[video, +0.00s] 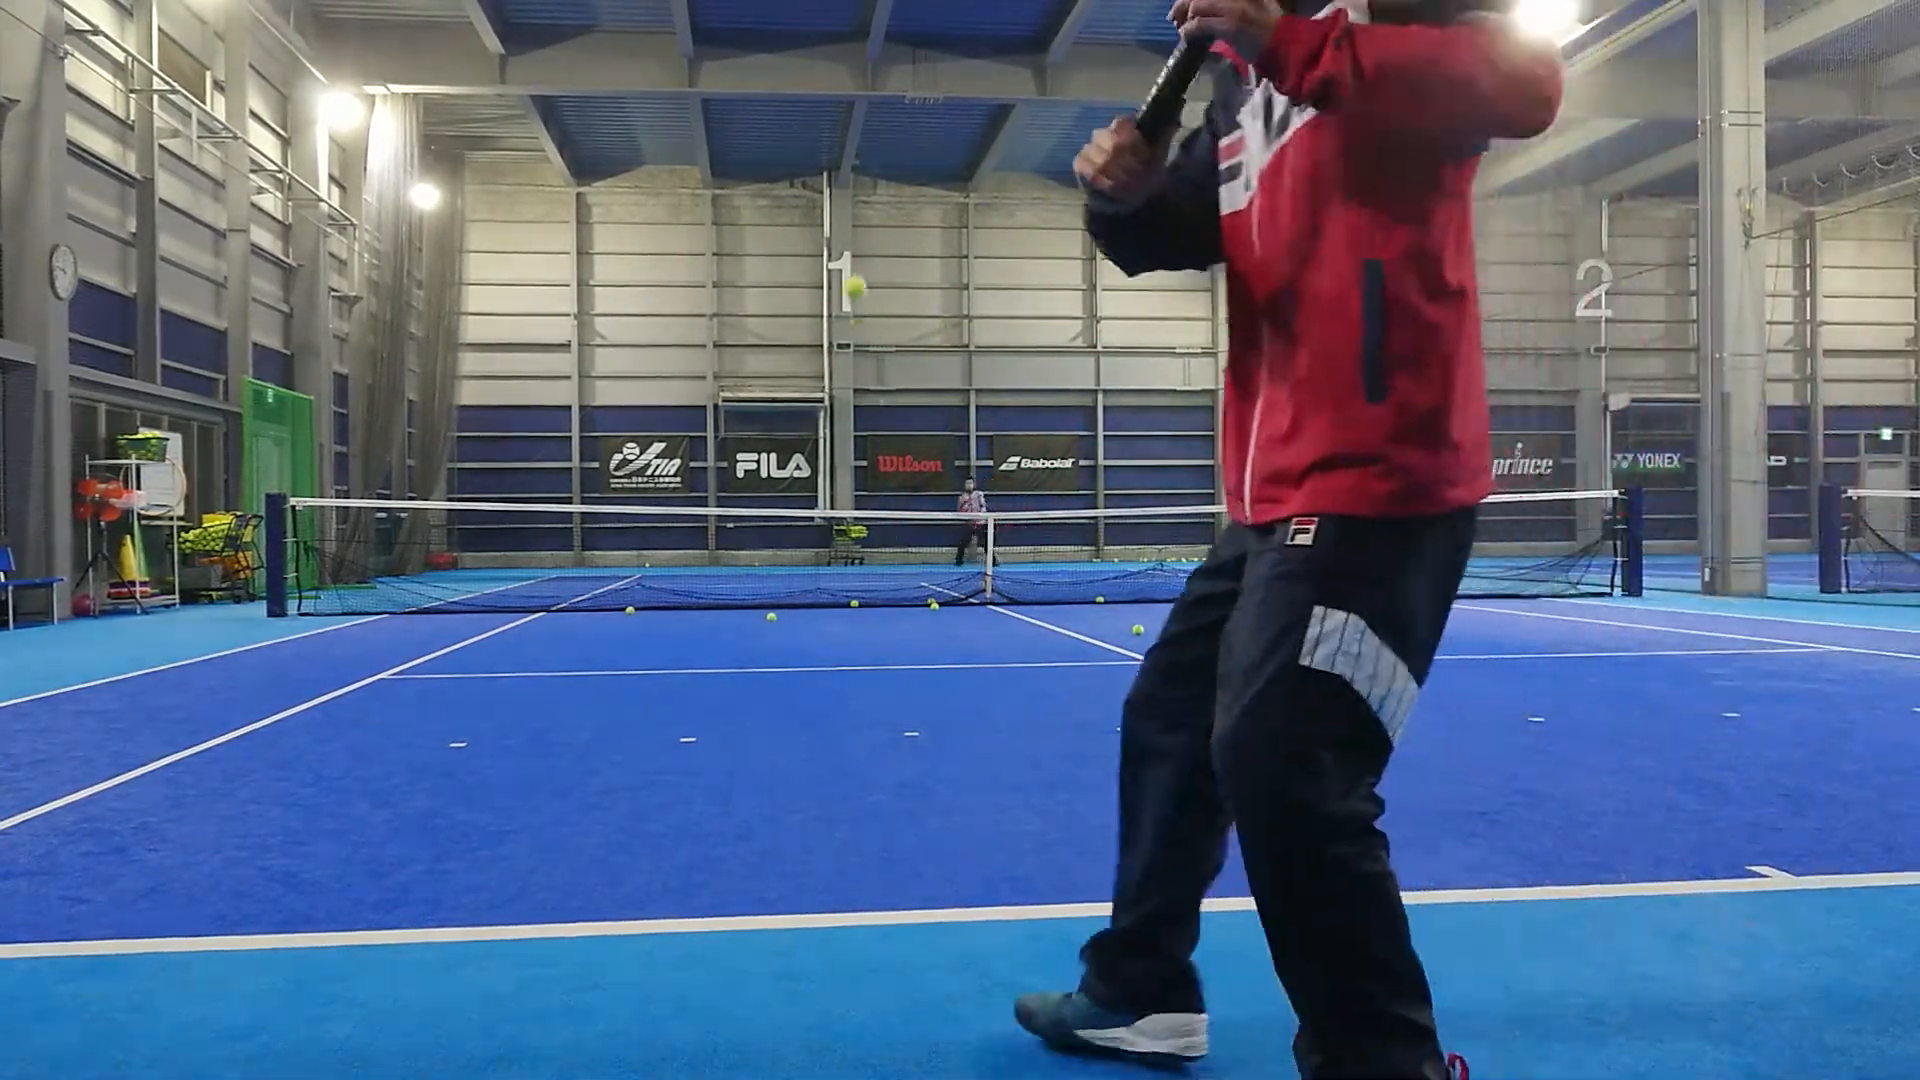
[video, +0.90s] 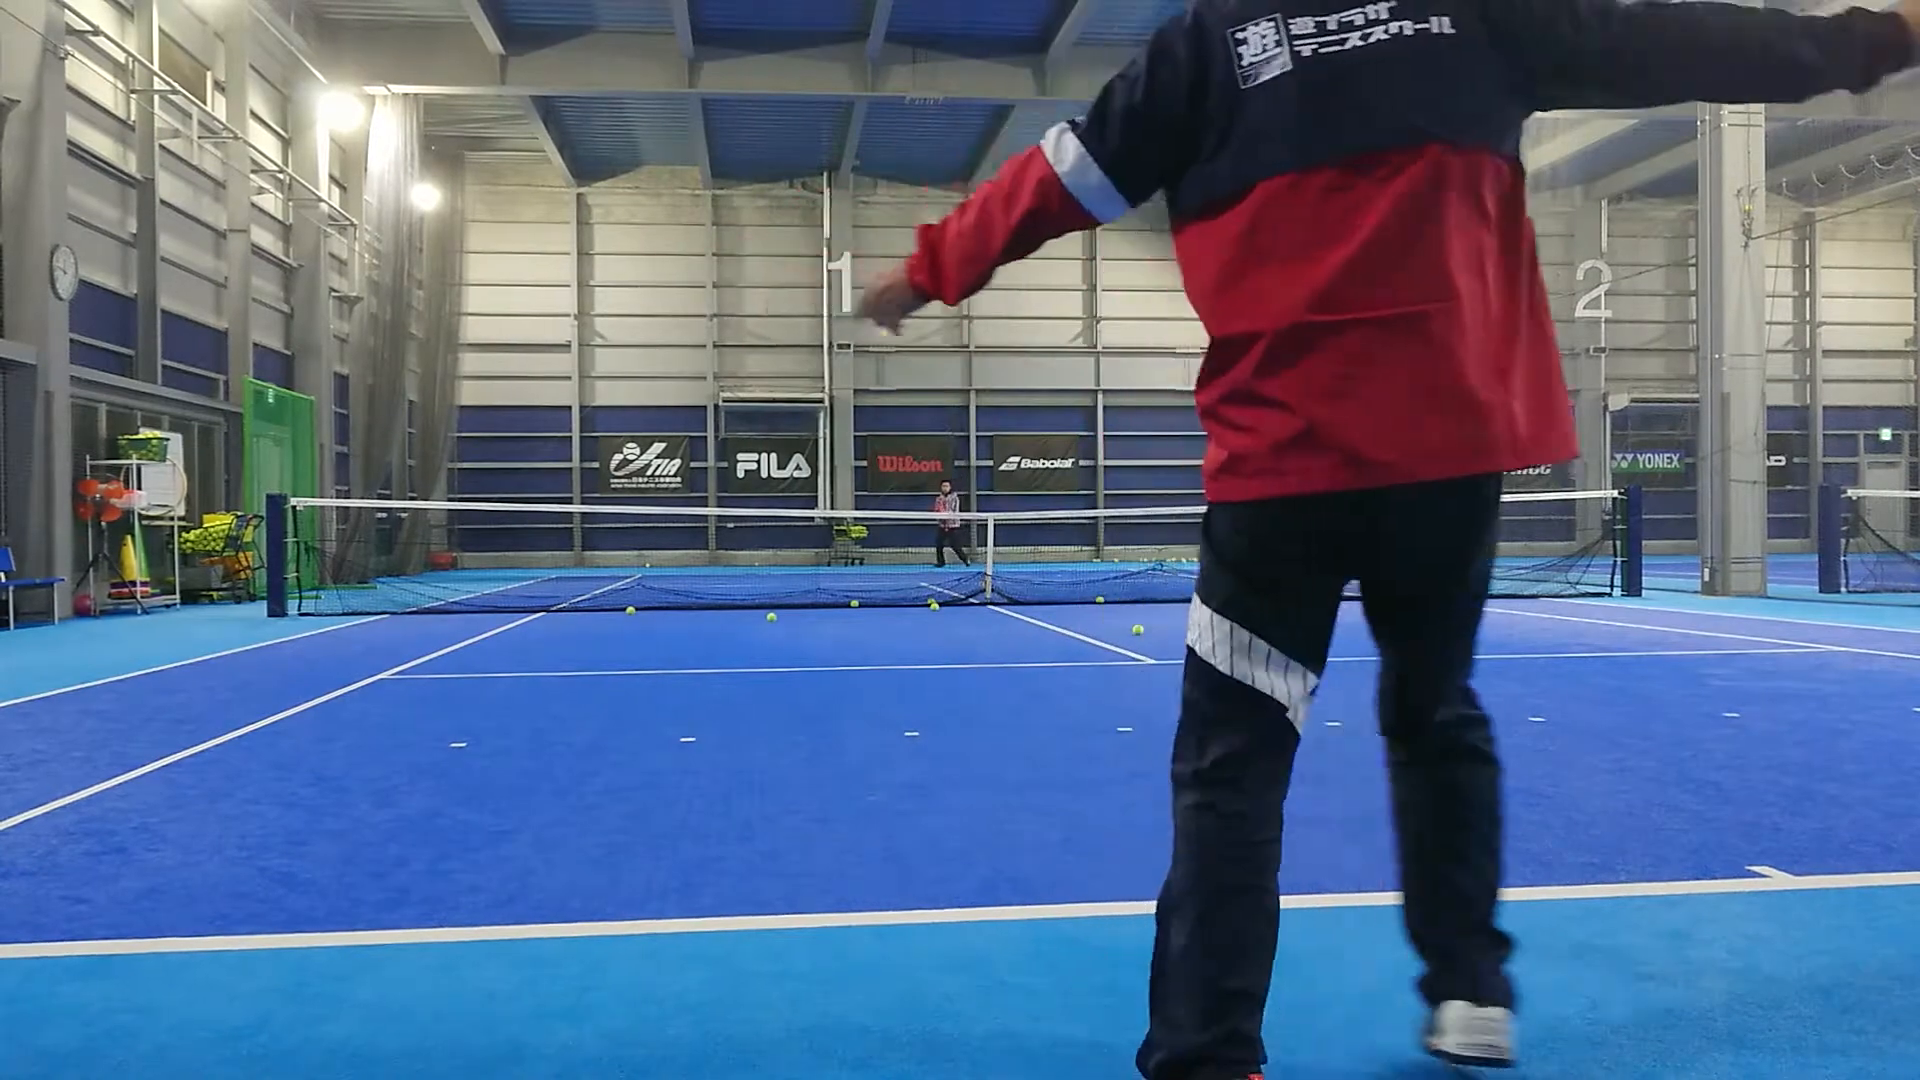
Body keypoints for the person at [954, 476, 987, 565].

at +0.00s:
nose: (969, 486)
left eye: (970, 483)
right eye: (967, 483)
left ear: (974, 485)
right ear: (965, 485)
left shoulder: (979, 495)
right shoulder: (962, 497)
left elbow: (983, 506)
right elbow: (960, 510)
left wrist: (981, 517)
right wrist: (966, 518)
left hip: (979, 521)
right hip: (968, 522)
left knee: (985, 543)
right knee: (963, 542)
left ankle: (992, 560)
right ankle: (959, 559)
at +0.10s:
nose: (963, 486)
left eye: (965, 484)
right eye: (961, 484)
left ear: (968, 485)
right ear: (959, 486)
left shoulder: (973, 495)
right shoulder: (958, 497)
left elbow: (977, 507)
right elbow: (954, 509)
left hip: (974, 523)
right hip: (963, 523)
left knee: (981, 544)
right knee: (960, 543)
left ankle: (990, 560)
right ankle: (958, 560)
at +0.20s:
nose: (959, 485)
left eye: (961, 483)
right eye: (958, 483)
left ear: (965, 485)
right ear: (956, 485)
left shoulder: (971, 495)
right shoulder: (954, 496)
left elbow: (973, 509)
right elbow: (951, 510)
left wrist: (962, 514)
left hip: (972, 522)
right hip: (961, 522)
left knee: (977, 545)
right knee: (958, 544)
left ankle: (988, 560)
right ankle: (958, 561)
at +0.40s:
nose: (957, 483)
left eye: (959, 480)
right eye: (955, 481)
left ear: (962, 482)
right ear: (952, 482)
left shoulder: (968, 493)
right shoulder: (950, 494)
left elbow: (971, 508)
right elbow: (947, 508)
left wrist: (964, 517)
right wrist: (954, 515)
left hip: (966, 521)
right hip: (955, 521)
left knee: (970, 542)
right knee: (956, 543)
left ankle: (976, 557)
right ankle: (958, 560)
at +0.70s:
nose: (952, 488)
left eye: (954, 486)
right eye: (951, 486)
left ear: (957, 487)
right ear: (948, 488)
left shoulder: (962, 498)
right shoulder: (946, 499)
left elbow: (965, 511)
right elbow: (945, 511)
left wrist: (966, 524)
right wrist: (948, 521)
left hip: (961, 525)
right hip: (950, 525)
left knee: (964, 545)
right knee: (945, 545)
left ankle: (969, 561)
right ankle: (944, 561)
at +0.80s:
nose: (949, 488)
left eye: (951, 486)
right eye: (947, 486)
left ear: (954, 487)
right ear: (945, 488)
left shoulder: (958, 498)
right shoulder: (942, 499)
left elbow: (960, 512)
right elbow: (940, 511)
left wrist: (954, 522)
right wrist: (946, 519)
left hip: (957, 526)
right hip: (946, 525)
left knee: (960, 546)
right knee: (942, 545)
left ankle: (969, 562)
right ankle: (941, 562)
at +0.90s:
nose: (945, 488)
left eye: (947, 486)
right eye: (943, 486)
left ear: (950, 487)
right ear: (941, 488)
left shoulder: (954, 498)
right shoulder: (939, 499)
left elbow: (955, 511)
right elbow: (937, 510)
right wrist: (941, 519)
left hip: (953, 525)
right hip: (942, 525)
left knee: (955, 545)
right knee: (939, 544)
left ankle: (965, 559)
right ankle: (940, 561)